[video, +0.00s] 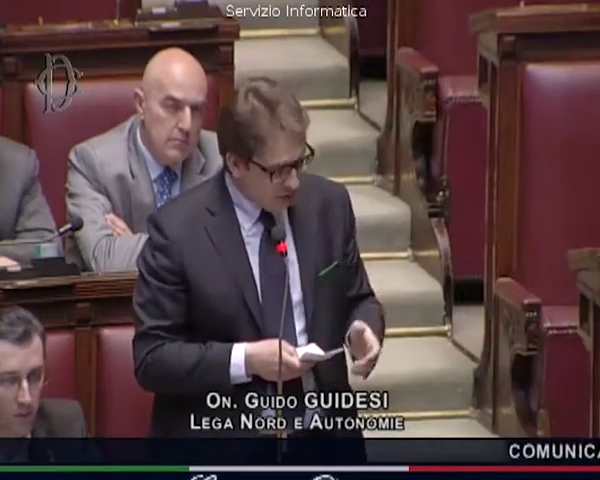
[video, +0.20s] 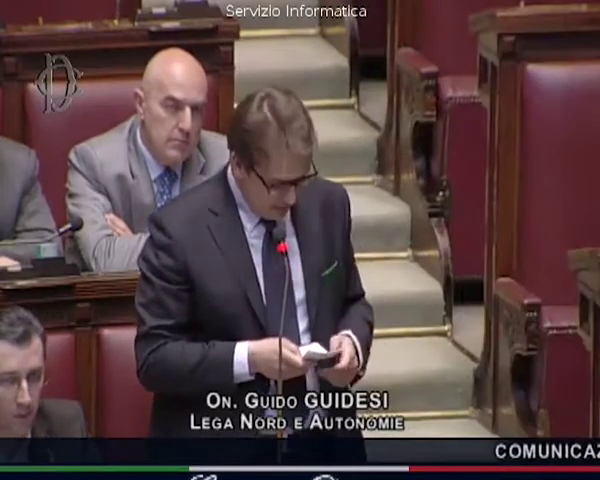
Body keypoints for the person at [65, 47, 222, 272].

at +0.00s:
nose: (186, 125)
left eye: (197, 109)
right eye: (172, 107)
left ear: (205, 109)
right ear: (140, 104)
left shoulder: (222, 154)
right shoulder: (91, 160)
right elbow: (104, 260)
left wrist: (137, 246)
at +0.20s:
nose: (187, 125)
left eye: (197, 109)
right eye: (172, 107)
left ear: (205, 108)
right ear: (140, 104)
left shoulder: (226, 155)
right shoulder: (91, 161)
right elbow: (105, 260)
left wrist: (137, 247)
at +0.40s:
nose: (187, 125)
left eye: (197, 109)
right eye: (172, 107)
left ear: (205, 108)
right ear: (140, 104)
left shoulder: (228, 155)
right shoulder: (91, 161)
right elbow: (106, 260)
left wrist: (137, 247)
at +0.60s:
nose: (187, 125)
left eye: (197, 110)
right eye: (172, 107)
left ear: (204, 109)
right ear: (140, 104)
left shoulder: (228, 156)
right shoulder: (91, 161)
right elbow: (106, 260)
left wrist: (138, 248)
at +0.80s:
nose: (187, 125)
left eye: (197, 110)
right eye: (172, 107)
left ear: (204, 109)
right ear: (140, 104)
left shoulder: (229, 156)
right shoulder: (91, 161)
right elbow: (105, 260)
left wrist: (138, 249)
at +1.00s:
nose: (186, 125)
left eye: (197, 110)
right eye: (172, 107)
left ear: (204, 109)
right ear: (141, 104)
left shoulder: (230, 157)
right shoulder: (91, 161)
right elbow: (105, 259)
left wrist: (138, 250)